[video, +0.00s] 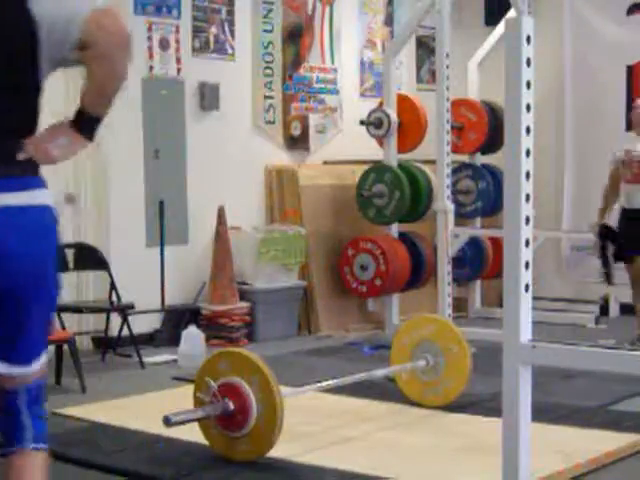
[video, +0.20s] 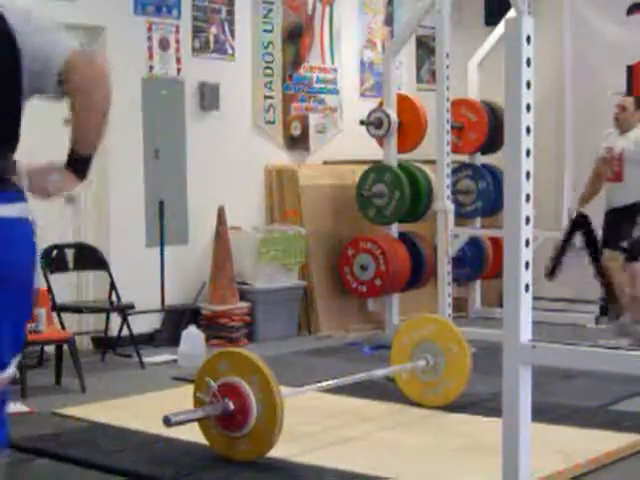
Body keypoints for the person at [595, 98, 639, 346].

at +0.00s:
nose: (634, 114)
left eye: (636, 109)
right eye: (634, 109)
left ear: (636, 118)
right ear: (631, 118)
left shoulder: (629, 155)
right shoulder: (625, 154)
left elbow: (613, 188)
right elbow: (613, 187)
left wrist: (602, 217)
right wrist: (603, 217)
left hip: (631, 212)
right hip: (629, 212)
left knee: (634, 277)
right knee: (634, 277)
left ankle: (637, 332)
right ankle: (636, 332)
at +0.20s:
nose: (616, 113)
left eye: (623, 109)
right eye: (617, 108)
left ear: (636, 114)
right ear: (616, 112)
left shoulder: (634, 139)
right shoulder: (612, 140)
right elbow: (598, 175)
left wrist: (582, 201)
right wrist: (582, 202)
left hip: (632, 205)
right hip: (616, 207)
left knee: (611, 259)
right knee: (631, 266)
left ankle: (631, 315)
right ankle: (631, 317)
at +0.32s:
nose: (604, 113)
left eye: (610, 109)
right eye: (604, 108)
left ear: (625, 114)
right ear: (604, 111)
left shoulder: (632, 138)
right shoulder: (597, 137)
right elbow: (587, 176)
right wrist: (569, 204)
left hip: (628, 205)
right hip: (605, 207)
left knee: (603, 268)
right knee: (626, 273)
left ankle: (593, 326)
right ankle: (637, 329)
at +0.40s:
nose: (585, 116)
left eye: (591, 112)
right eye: (585, 111)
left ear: (608, 116)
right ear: (588, 113)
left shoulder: (617, 140)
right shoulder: (584, 139)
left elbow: (635, 169)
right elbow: (574, 178)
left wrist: (634, 211)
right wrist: (560, 209)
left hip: (610, 208)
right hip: (588, 209)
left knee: (590, 271)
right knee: (610, 274)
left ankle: (577, 327)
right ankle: (633, 322)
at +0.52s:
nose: (566, 115)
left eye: (571, 111)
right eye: (566, 110)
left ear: (588, 114)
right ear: (570, 113)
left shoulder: (597, 139)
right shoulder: (565, 138)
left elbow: (619, 174)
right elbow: (564, 178)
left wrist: (607, 215)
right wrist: (557, 210)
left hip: (589, 208)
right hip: (568, 209)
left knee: (579, 274)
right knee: (574, 275)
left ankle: (567, 335)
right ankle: (619, 321)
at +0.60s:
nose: (555, 115)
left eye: (561, 111)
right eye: (556, 110)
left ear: (577, 114)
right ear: (561, 113)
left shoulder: (588, 138)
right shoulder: (556, 137)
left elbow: (604, 170)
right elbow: (558, 175)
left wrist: (596, 204)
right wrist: (551, 207)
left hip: (580, 208)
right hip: (556, 209)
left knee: (575, 273)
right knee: (555, 276)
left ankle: (568, 332)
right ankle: (600, 304)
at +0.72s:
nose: (536, 119)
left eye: (540, 113)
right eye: (535, 113)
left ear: (556, 112)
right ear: (550, 113)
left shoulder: (571, 136)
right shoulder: (550, 141)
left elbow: (576, 170)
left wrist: (544, 167)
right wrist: (534, 163)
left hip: (568, 203)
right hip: (545, 205)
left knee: (565, 270)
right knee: (539, 266)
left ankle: (567, 330)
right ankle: (559, 318)